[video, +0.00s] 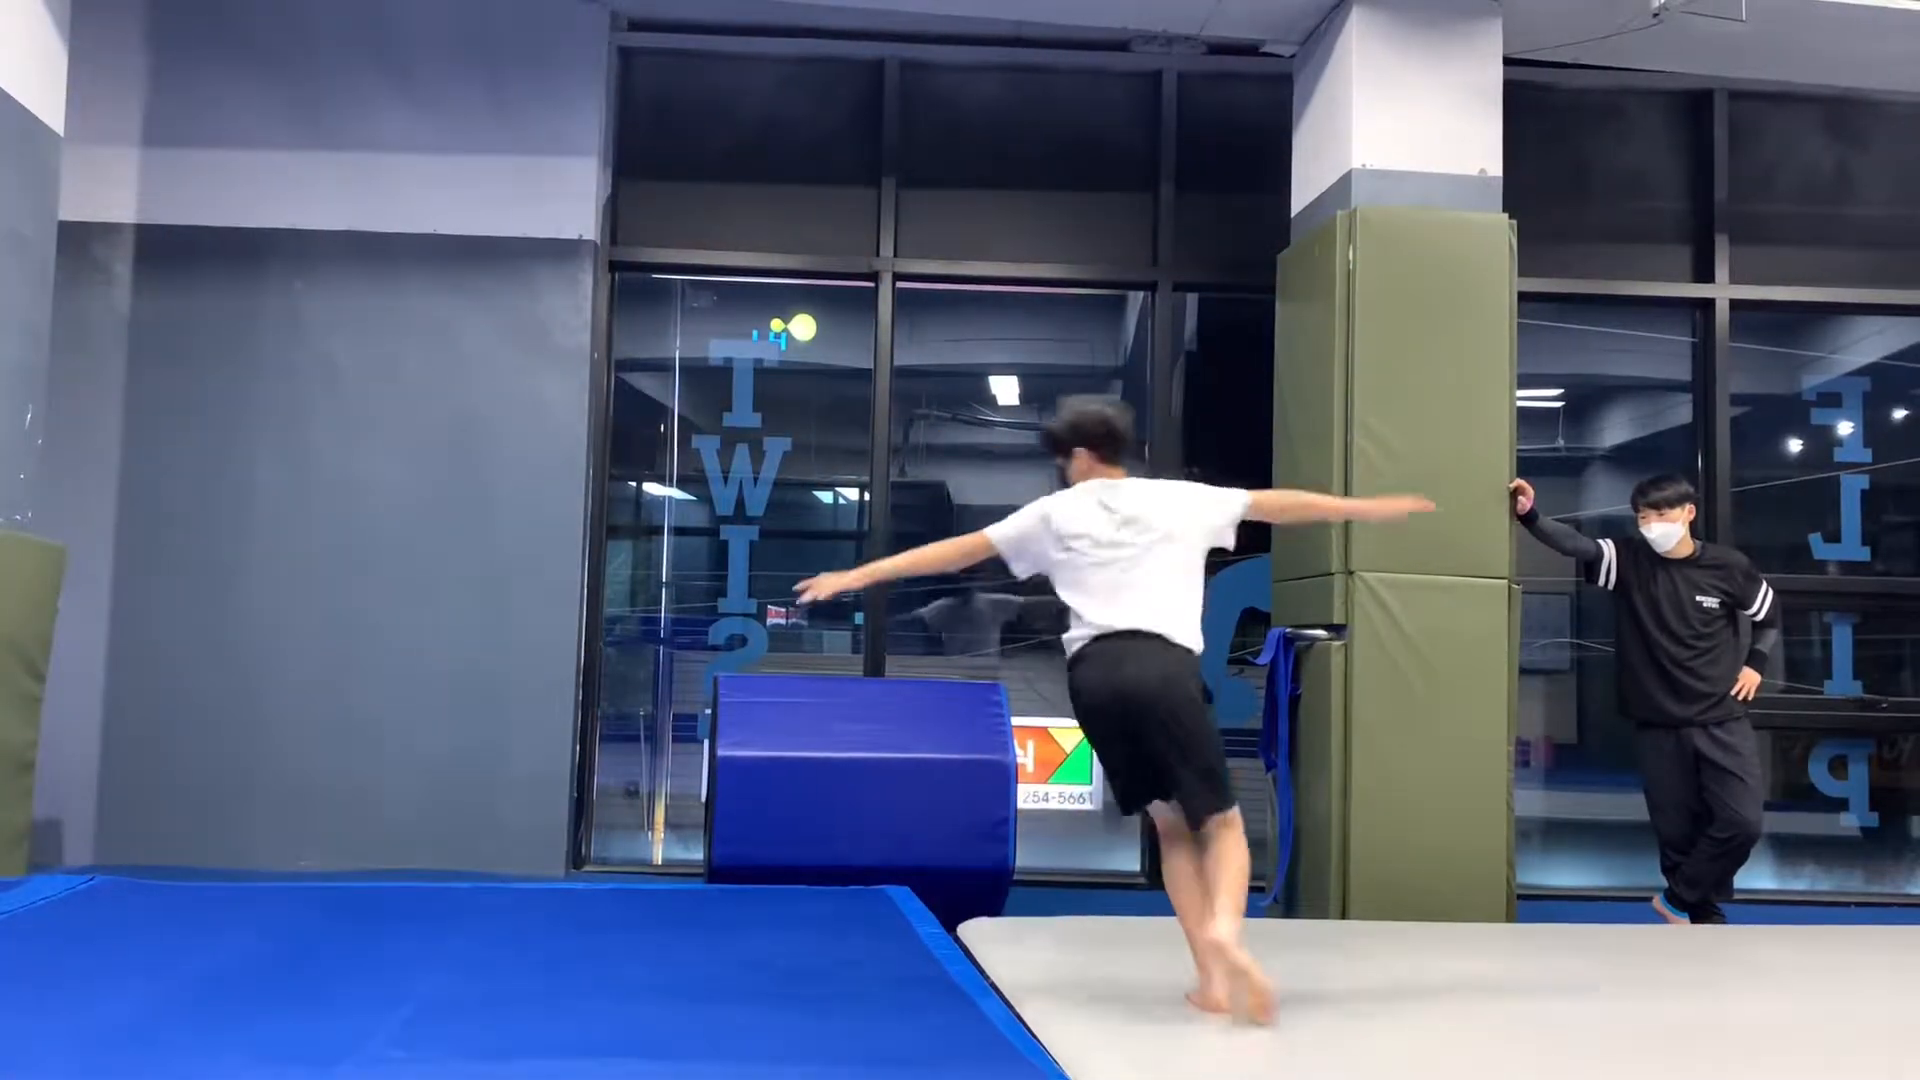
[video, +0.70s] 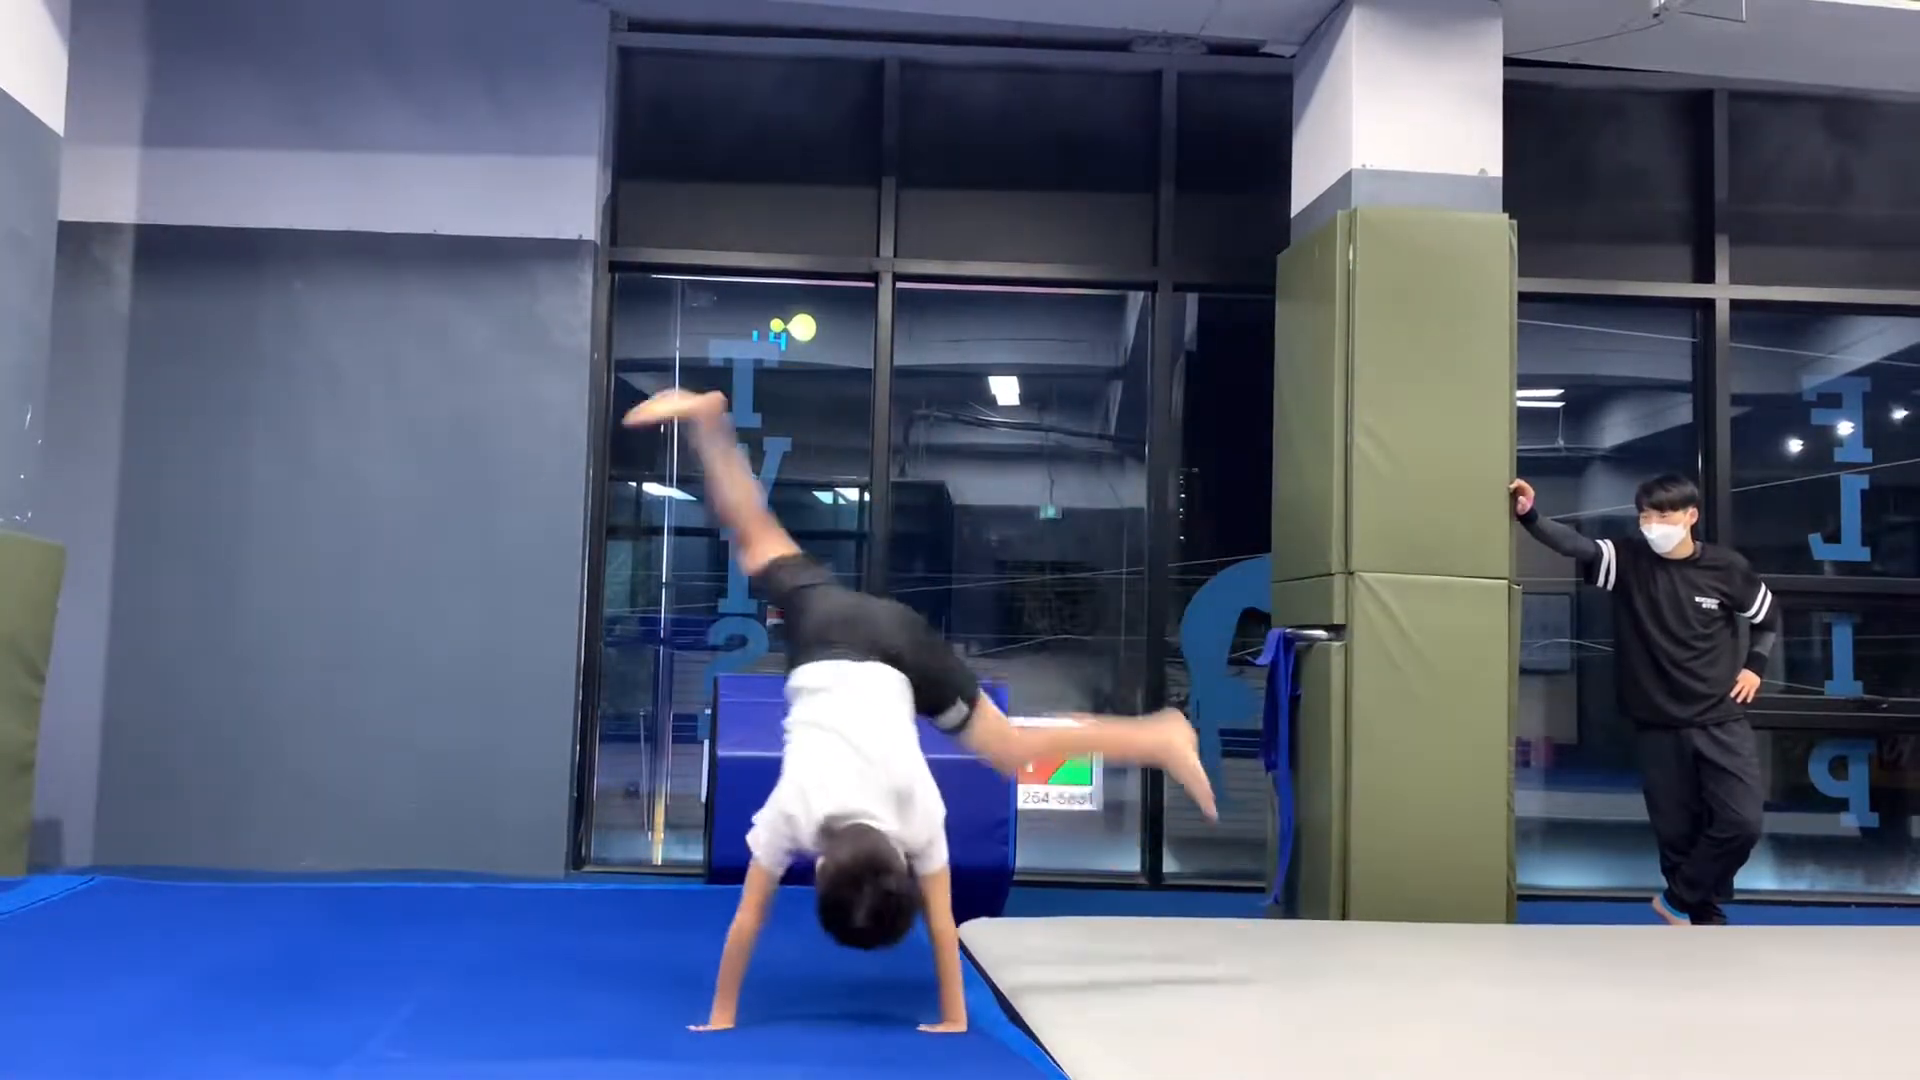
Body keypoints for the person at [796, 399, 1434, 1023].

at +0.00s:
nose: (1063, 471)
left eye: (1063, 460)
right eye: (1065, 461)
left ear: (1080, 457)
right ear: (1124, 453)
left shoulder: (1057, 511)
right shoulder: (1184, 498)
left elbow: (961, 552)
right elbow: (1276, 506)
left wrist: (856, 576)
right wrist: (1361, 508)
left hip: (1095, 669)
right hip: (1166, 663)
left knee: (1169, 825)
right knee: (1221, 818)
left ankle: (1211, 972)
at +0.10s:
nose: (1010, 491)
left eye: (1010, 480)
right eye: (1011, 479)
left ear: (1030, 472)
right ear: (1063, 464)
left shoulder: (1019, 534)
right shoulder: (1127, 490)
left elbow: (923, 591)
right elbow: (1184, 461)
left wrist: (822, 633)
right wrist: (1216, 442)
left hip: (1116, 674)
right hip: (1187, 653)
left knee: (1176, 822)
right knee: (1224, 787)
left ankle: (1213, 978)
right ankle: (1274, 901)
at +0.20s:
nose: (952, 537)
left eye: (952, 526)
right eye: (950, 523)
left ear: (973, 521)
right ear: (998, 493)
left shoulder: (996, 574)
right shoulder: (1031, 498)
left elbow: (925, 656)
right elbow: (1001, 458)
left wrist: (841, 734)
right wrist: (984, 429)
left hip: (1140, 671)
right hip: (1190, 632)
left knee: (1156, 818)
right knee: (1230, 758)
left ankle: (1230, 950)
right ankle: (1323, 858)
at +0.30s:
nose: (914, 627)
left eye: (913, 619)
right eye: (905, 613)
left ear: (936, 608)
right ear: (931, 578)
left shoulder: (986, 648)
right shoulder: (954, 559)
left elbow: (945, 767)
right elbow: (863, 555)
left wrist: (906, 874)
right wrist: (787, 545)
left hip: (1139, 682)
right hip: (1176, 635)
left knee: (1117, 832)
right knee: (1246, 756)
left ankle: (1234, 930)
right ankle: (1388, 804)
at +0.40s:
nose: (876, 756)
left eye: (878, 748)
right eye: (865, 746)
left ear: (910, 730)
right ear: (878, 711)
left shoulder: (983, 748)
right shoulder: (888, 688)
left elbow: (972, 882)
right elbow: (788, 737)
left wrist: (956, 991)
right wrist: (700, 776)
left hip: (1126, 701)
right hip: (1095, 660)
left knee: (1121, 862)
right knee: (1225, 716)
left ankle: (1246, 952)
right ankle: (1376, 694)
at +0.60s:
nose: (890, 949)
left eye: (896, 941)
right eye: (872, 947)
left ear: (908, 899)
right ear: (840, 897)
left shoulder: (941, 830)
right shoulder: (816, 820)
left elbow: (955, 930)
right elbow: (758, 912)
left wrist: (956, 1022)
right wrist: (723, 1011)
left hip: (973, 680)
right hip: (911, 654)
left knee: (1071, 808)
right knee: (938, 511)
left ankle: (1208, 879)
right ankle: (958, 391)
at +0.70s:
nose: (875, 937)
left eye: (885, 928)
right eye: (859, 935)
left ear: (904, 887)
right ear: (824, 884)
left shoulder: (924, 829)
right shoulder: (786, 825)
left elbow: (942, 926)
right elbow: (746, 921)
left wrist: (955, 1019)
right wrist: (721, 1015)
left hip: (904, 641)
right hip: (822, 623)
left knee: (1016, 750)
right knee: (751, 530)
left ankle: (1162, 736)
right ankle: (705, 415)